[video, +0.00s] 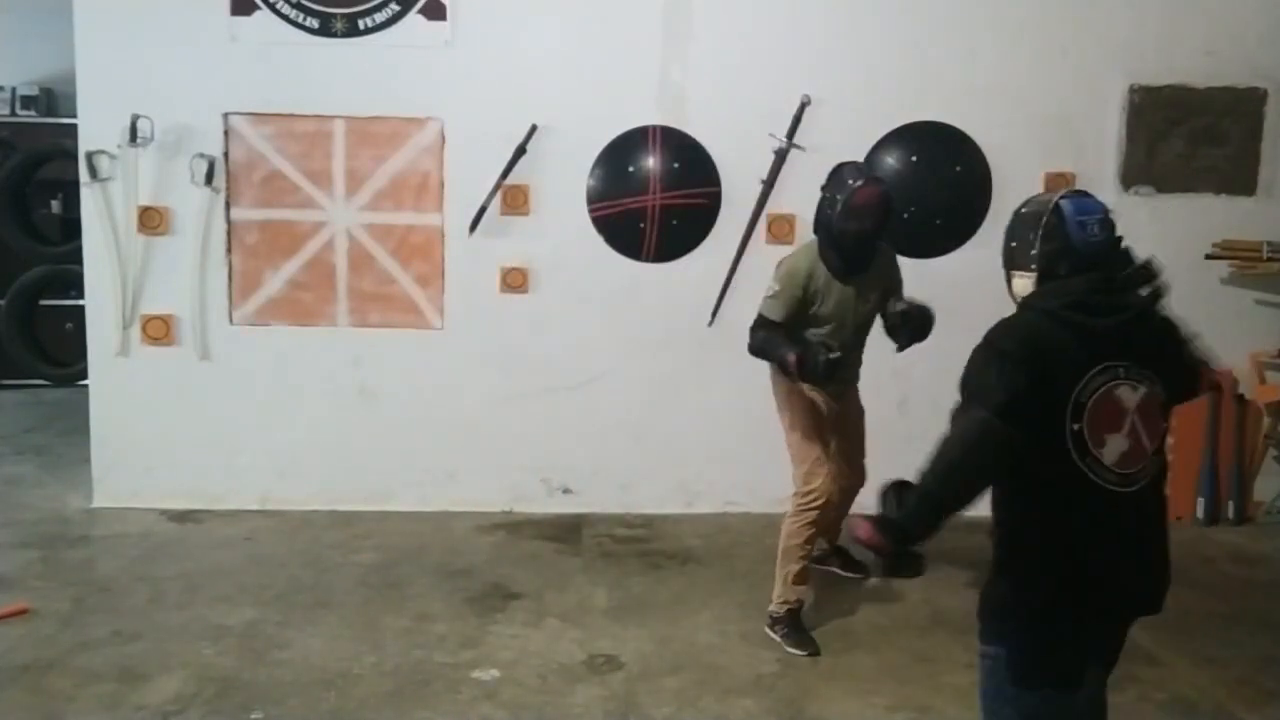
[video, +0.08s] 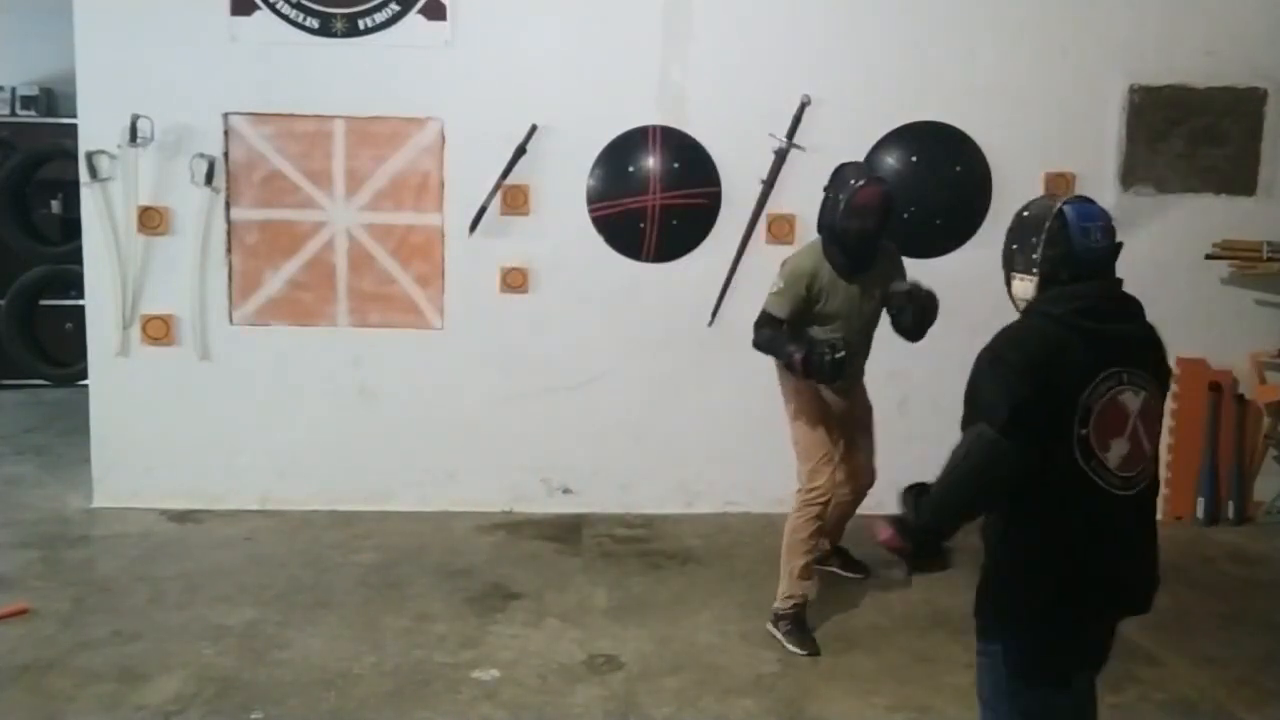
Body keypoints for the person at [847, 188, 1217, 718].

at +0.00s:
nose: (1010, 268)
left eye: (1016, 255)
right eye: (1013, 254)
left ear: (1036, 259)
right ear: (1100, 253)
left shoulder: (1020, 341)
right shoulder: (1146, 327)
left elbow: (973, 449)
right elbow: (1187, 379)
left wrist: (902, 524)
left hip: (1039, 578)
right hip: (1127, 573)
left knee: (1016, 700)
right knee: (1082, 698)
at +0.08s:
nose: (1015, 266)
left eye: (1022, 255)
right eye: (1019, 254)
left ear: (1041, 261)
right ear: (1100, 258)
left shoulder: (1024, 345)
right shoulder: (1142, 339)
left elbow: (988, 455)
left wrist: (921, 523)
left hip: (1034, 576)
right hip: (1113, 569)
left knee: (1016, 700)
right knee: (1071, 695)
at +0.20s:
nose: (1023, 267)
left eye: (1028, 255)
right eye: (1026, 254)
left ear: (1045, 261)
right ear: (1105, 258)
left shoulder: (1030, 345)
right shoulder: (1137, 332)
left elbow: (992, 456)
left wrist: (943, 517)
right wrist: (1002, 363)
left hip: (1034, 562)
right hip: (1113, 557)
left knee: (985, 696)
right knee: (1063, 686)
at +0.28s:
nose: (1022, 257)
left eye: (1028, 245)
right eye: (1025, 244)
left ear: (1047, 251)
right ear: (1104, 251)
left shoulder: (1032, 334)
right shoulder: (1135, 326)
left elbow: (994, 452)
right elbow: (1077, 400)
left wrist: (956, 507)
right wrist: (988, 380)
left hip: (1032, 546)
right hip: (1113, 545)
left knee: (966, 685)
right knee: (1059, 678)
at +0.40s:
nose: (1012, 254)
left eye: (1018, 242)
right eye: (1015, 241)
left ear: (1035, 246)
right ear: (1092, 245)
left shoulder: (1020, 327)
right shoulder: (1129, 323)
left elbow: (989, 440)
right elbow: (1068, 402)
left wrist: (964, 510)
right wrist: (972, 395)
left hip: (1026, 542)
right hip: (1110, 539)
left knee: (972, 686)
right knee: (1060, 676)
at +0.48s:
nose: (1000, 259)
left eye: (1006, 246)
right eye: (1002, 245)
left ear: (1025, 250)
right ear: (1080, 247)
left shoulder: (1011, 326)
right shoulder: (1116, 318)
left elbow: (987, 443)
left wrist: (955, 514)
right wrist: (979, 373)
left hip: (1024, 539)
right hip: (1105, 537)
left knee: (970, 681)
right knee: (1057, 676)